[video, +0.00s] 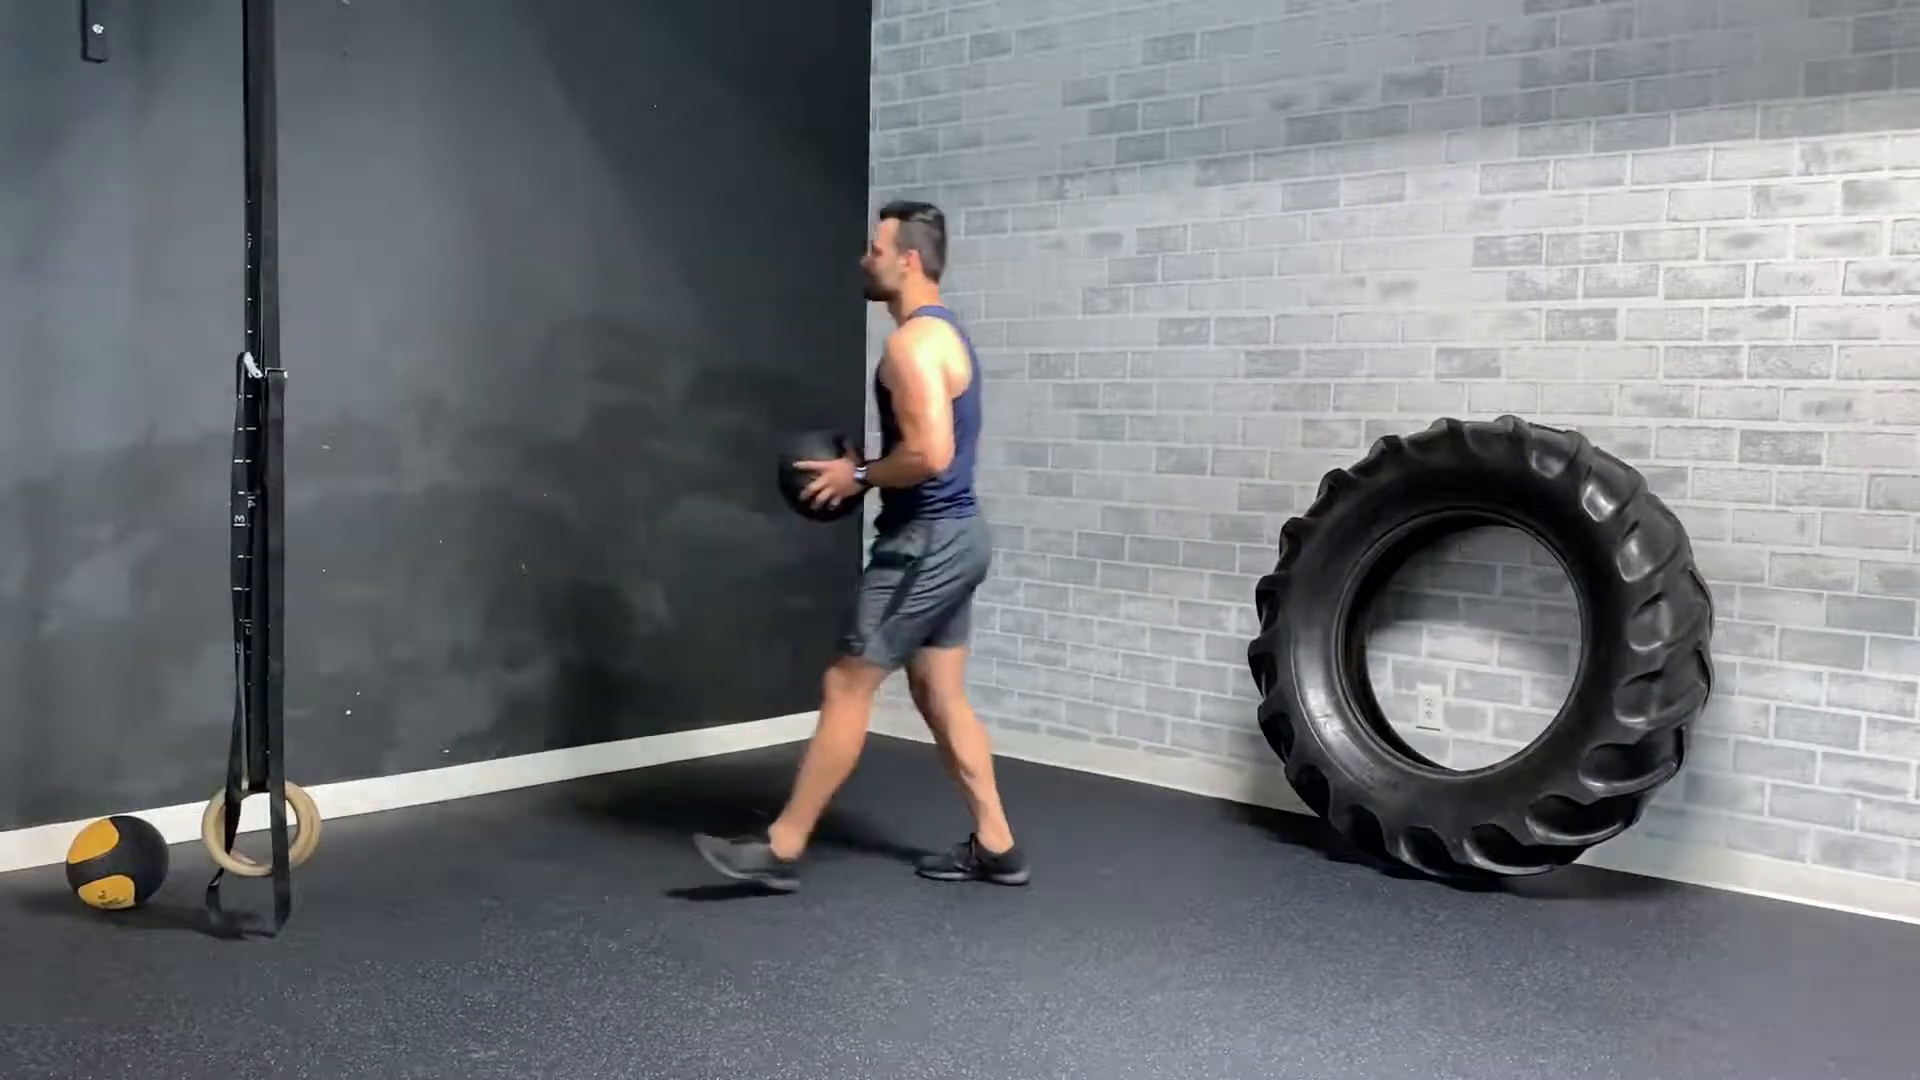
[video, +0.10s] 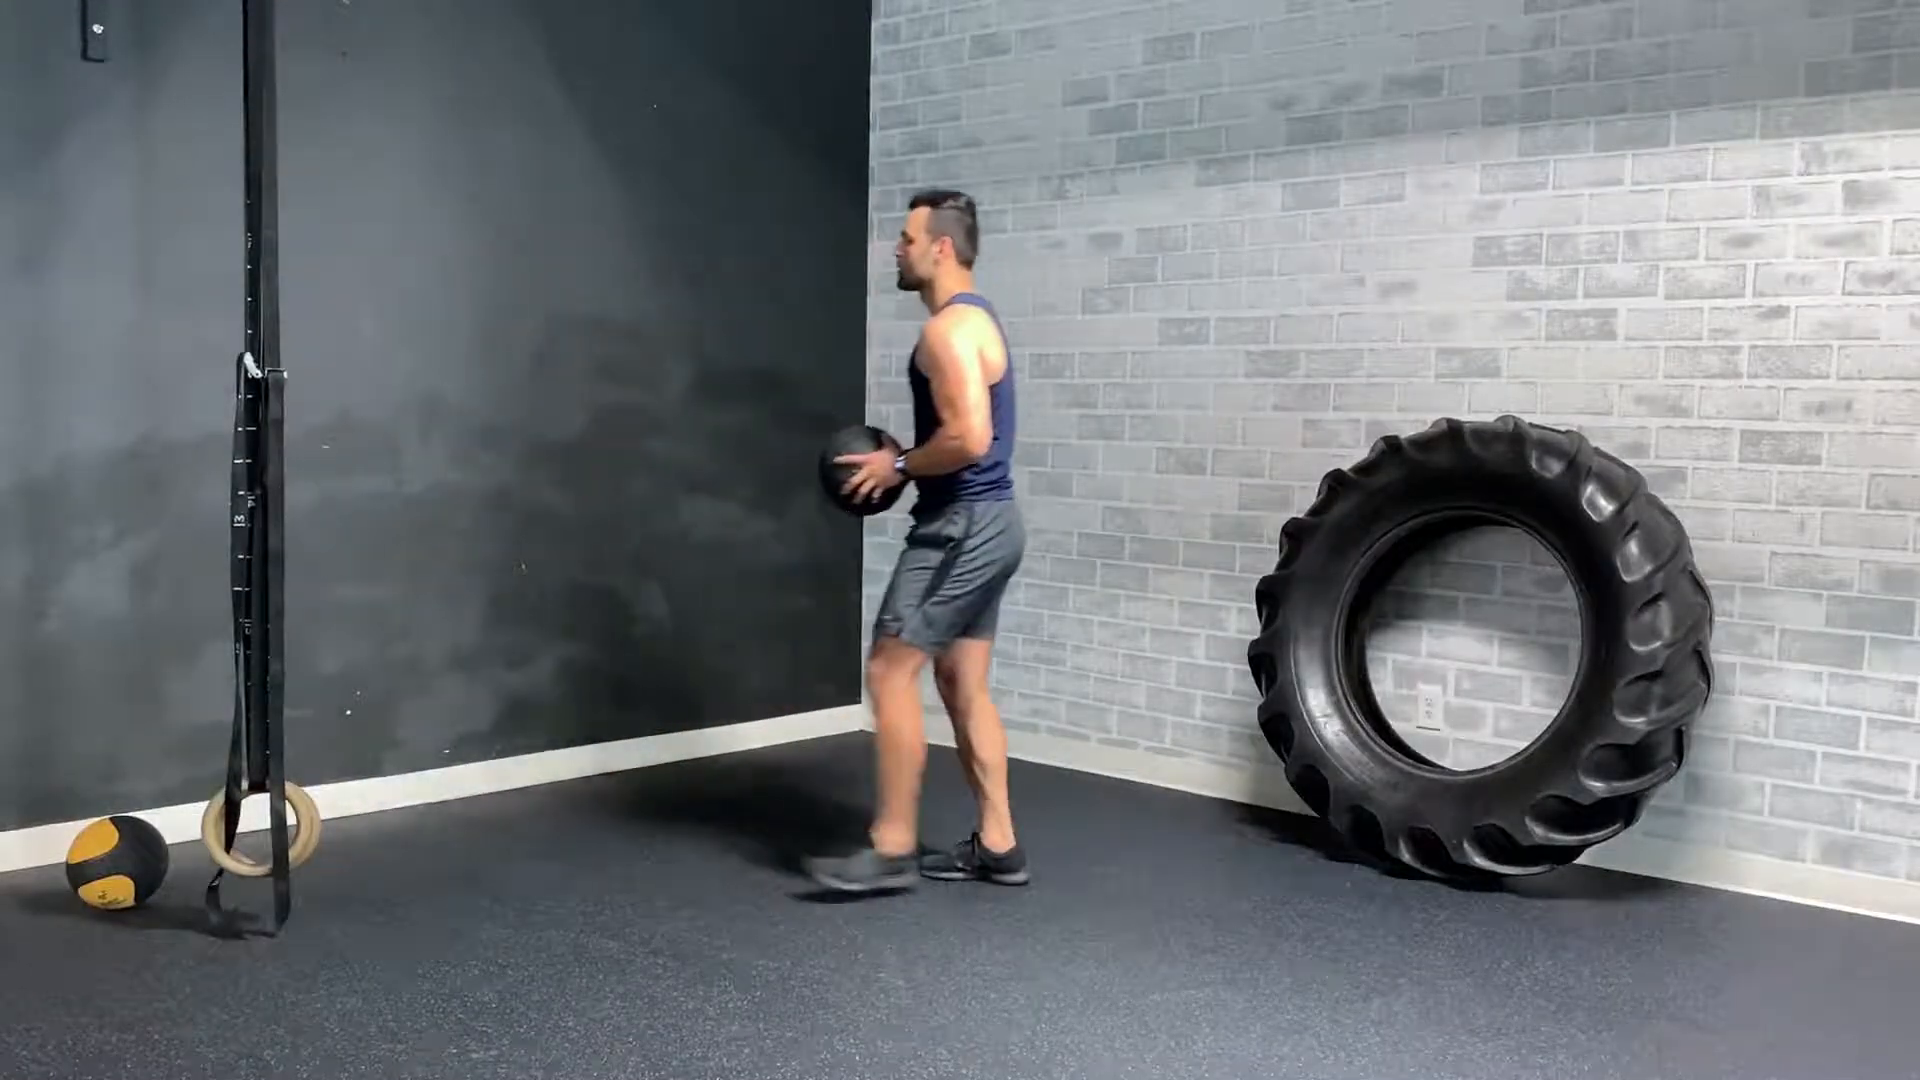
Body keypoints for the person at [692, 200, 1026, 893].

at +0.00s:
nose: (864, 262)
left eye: (875, 250)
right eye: (868, 250)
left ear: (911, 260)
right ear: (919, 262)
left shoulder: (911, 345)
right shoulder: (945, 335)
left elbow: (930, 455)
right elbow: (937, 449)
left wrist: (860, 474)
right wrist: (860, 466)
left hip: (922, 542)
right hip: (955, 535)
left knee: (848, 685)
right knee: (941, 692)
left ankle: (783, 846)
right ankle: (996, 843)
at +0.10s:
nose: (895, 251)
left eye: (905, 240)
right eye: (900, 239)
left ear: (942, 249)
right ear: (951, 252)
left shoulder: (947, 332)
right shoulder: (979, 324)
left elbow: (969, 440)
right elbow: (970, 436)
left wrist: (898, 465)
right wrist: (899, 463)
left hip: (961, 527)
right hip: (989, 522)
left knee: (891, 671)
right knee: (965, 682)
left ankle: (892, 848)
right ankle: (998, 843)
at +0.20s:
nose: (929, 248)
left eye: (939, 237)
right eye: (932, 236)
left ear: (974, 244)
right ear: (982, 246)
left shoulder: (980, 329)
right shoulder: (1007, 319)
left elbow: (1001, 435)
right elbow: (1001, 433)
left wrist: (932, 462)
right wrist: (933, 457)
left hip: (992, 526)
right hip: (1012, 518)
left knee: (946, 679)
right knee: (988, 680)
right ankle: (1001, 832)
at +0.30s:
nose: (959, 250)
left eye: (968, 239)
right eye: (962, 238)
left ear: (1006, 247)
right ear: (1009, 250)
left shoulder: (1009, 330)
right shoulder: (1031, 322)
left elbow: (1027, 440)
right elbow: (1029, 433)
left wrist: (962, 465)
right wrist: (958, 453)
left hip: (1030, 528)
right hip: (1015, 524)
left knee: (1018, 688)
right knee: (988, 680)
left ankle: (1118, 832)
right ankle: (1000, 846)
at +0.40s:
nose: (986, 257)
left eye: (995, 246)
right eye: (989, 245)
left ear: (1031, 256)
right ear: (1039, 257)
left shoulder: (1039, 340)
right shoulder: (1061, 330)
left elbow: (1050, 451)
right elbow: (1054, 444)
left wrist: (987, 470)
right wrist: (989, 466)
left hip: (1068, 536)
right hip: (1041, 532)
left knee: (1086, 701)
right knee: (996, 680)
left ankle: (1178, 855)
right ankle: (1000, 848)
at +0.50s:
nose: (1012, 269)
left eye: (1022, 257)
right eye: (1015, 256)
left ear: (1060, 266)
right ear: (1065, 268)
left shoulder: (1069, 349)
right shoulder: (1090, 340)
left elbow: (1077, 464)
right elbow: (1085, 458)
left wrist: (1013, 478)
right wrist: (1013, 471)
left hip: (1107, 543)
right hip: (1076, 545)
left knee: (1131, 701)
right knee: (1009, 680)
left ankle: (1190, 869)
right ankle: (1002, 847)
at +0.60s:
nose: (1035, 268)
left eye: (1045, 257)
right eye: (1037, 257)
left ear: (1084, 261)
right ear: (1087, 263)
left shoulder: (1100, 346)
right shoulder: (1110, 336)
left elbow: (1105, 457)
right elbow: (1104, 454)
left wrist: (1039, 475)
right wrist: (1038, 474)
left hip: (1129, 540)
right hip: (1097, 538)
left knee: (1143, 702)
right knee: (1029, 673)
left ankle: (1192, 868)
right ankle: (1013, 842)